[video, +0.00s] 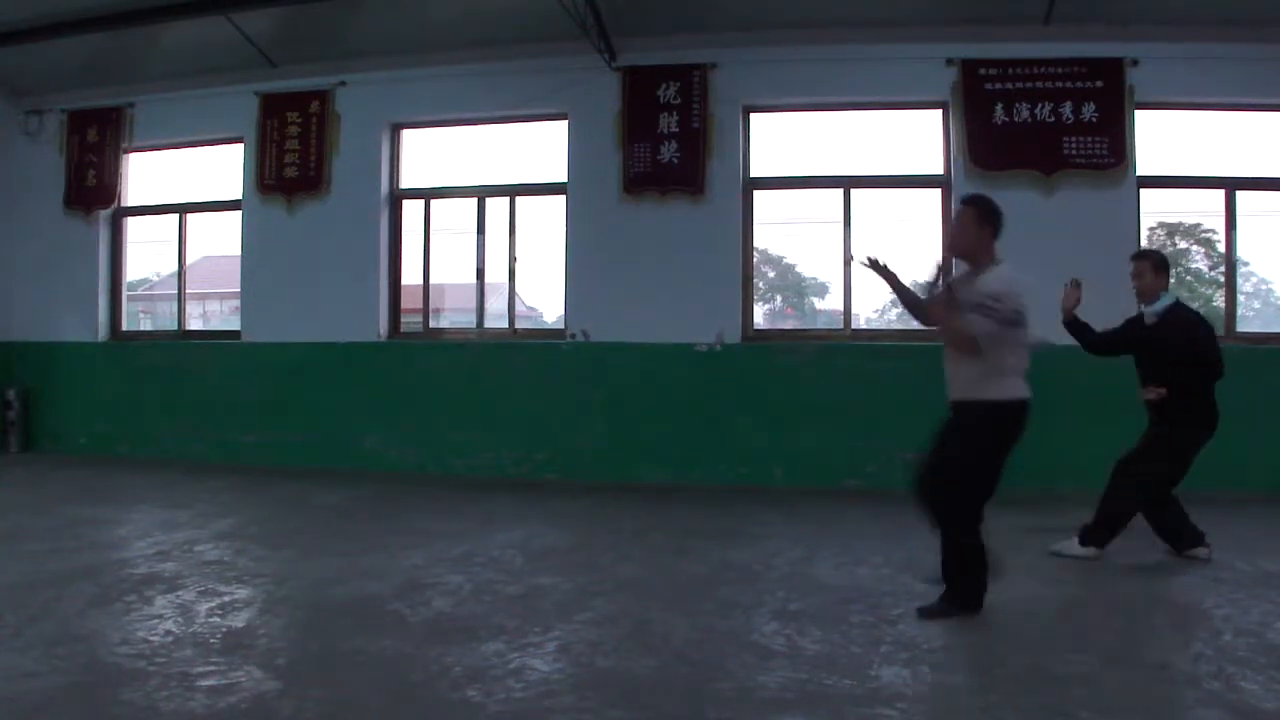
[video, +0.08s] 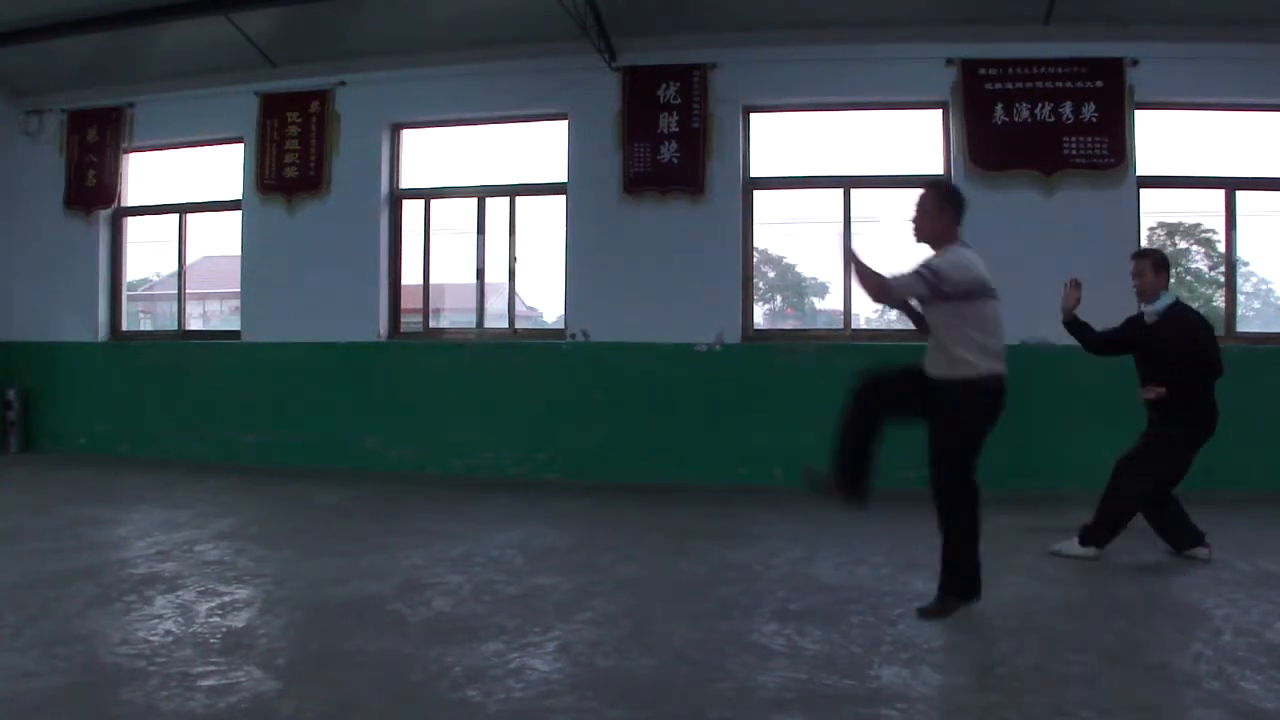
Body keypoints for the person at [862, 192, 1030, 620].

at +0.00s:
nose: (951, 231)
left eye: (960, 224)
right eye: (954, 223)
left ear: (984, 233)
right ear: (973, 233)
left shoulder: (1001, 285)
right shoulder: (962, 283)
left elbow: (970, 342)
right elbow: (929, 317)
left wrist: (943, 305)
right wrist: (894, 283)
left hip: (999, 408)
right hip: (969, 406)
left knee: (958, 494)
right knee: (933, 485)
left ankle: (965, 595)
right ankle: (971, 565)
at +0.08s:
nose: (915, 217)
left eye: (923, 210)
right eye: (917, 209)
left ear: (945, 217)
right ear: (946, 218)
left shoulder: (952, 264)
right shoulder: (959, 263)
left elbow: (885, 292)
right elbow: (953, 332)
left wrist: (852, 258)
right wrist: (914, 316)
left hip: (968, 388)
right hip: (945, 381)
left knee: (952, 483)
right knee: (871, 392)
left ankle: (960, 587)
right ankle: (851, 482)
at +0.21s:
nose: (881, 212)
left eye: (889, 204)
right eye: (883, 204)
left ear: (914, 211)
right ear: (914, 213)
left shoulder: (912, 257)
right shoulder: (929, 253)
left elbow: (841, 278)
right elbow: (935, 323)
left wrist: (804, 230)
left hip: (935, 380)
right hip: (925, 370)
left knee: (913, 474)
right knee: (864, 323)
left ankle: (917, 578)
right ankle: (841, 418)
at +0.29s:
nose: (857, 222)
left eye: (864, 214)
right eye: (859, 214)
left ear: (890, 219)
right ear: (891, 220)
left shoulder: (890, 267)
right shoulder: (902, 266)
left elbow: (818, 283)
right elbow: (897, 338)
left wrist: (780, 239)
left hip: (899, 395)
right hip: (893, 388)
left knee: (868, 494)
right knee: (818, 347)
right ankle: (821, 443)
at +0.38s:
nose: (841, 233)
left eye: (849, 225)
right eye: (843, 225)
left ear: (873, 231)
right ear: (872, 233)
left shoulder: (881, 283)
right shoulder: (877, 280)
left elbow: (811, 292)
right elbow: (883, 345)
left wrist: (764, 250)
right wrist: (844, 353)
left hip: (881, 412)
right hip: (856, 398)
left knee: (835, 500)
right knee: (786, 385)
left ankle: (842, 607)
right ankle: (785, 479)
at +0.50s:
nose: (811, 239)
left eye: (819, 230)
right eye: (813, 230)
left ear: (845, 236)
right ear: (842, 238)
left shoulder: (860, 288)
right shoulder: (842, 290)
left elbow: (790, 297)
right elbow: (858, 353)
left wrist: (724, 280)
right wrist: (816, 358)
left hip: (854, 424)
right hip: (815, 416)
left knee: (810, 513)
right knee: (745, 463)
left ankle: (842, 605)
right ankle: (709, 548)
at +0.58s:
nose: (784, 240)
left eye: (792, 232)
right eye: (787, 232)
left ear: (816, 238)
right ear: (812, 239)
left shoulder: (846, 289)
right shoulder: (796, 296)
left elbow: (793, 332)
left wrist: (725, 336)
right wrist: (765, 331)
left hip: (829, 427)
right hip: (784, 424)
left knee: (802, 526)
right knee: (729, 504)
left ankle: (843, 606)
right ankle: (669, 581)